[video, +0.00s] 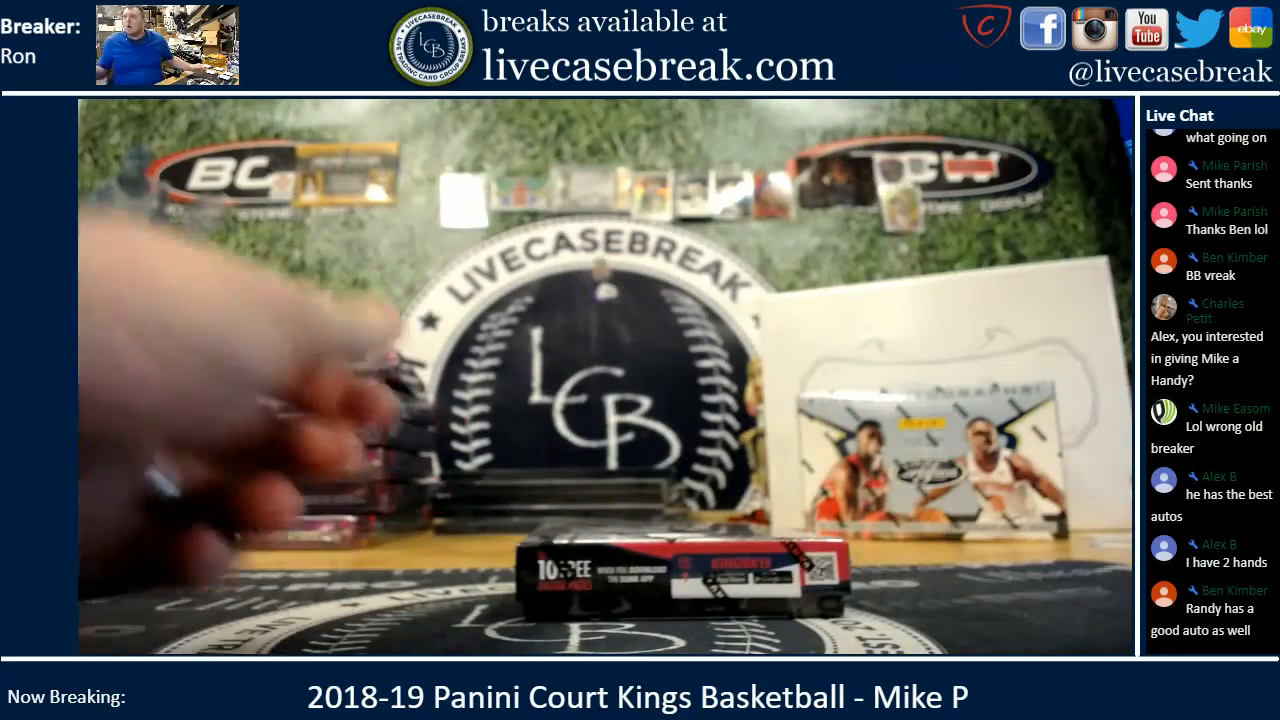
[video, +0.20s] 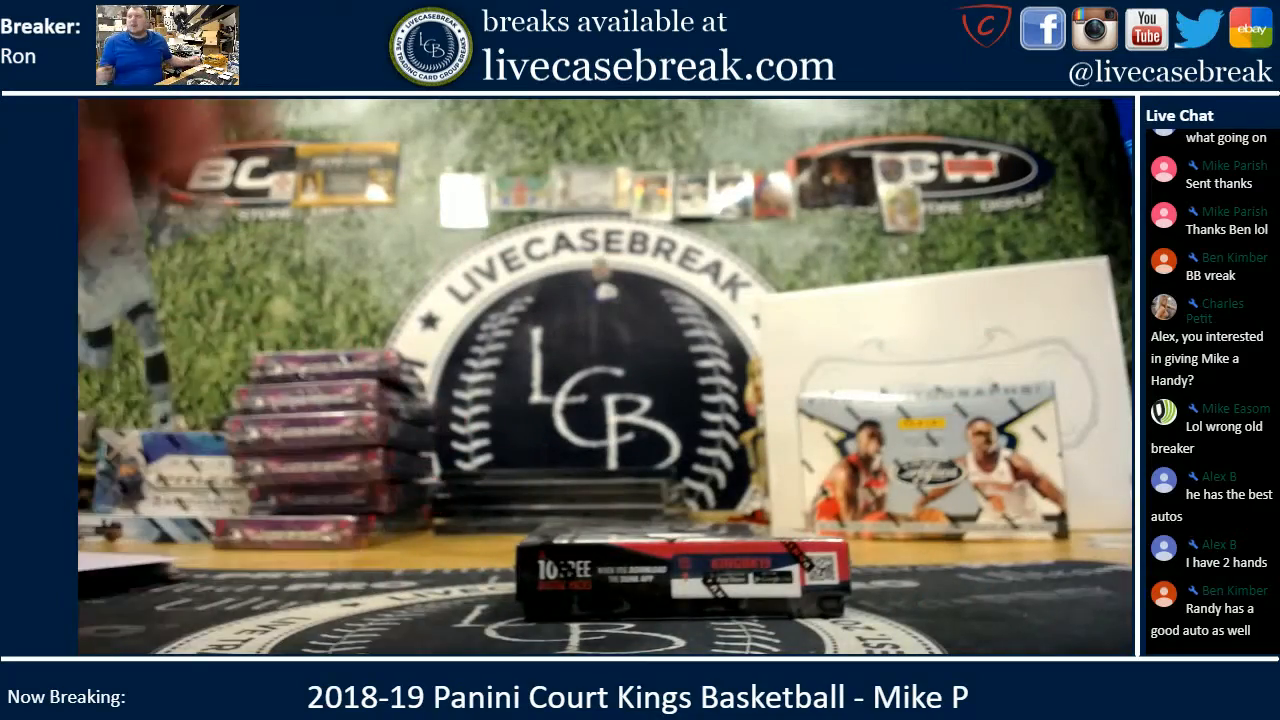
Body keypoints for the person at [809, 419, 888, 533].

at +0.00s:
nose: (877, 441)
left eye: (880, 437)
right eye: (871, 436)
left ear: (883, 441)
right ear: (859, 440)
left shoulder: (880, 474)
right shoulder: (846, 470)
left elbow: (879, 511)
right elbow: (849, 518)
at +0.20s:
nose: (877, 442)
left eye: (880, 437)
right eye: (872, 436)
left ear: (883, 441)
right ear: (859, 440)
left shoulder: (880, 474)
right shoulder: (846, 470)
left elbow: (879, 510)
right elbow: (849, 518)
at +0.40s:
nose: (877, 441)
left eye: (879, 437)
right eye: (872, 436)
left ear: (883, 441)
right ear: (859, 439)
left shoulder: (879, 473)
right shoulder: (845, 470)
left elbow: (880, 510)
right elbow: (848, 518)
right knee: (882, 520)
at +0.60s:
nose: (877, 441)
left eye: (880, 437)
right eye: (872, 436)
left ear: (883, 441)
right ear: (859, 440)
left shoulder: (880, 473)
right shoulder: (846, 470)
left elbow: (880, 510)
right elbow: (849, 517)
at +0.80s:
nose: (877, 441)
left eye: (880, 437)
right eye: (872, 436)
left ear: (883, 441)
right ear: (859, 439)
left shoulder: (880, 474)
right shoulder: (846, 470)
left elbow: (879, 511)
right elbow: (849, 517)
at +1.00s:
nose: (877, 441)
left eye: (880, 437)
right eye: (872, 436)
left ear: (883, 441)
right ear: (859, 439)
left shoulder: (879, 474)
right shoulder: (846, 470)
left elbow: (879, 512)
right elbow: (849, 518)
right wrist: (885, 517)